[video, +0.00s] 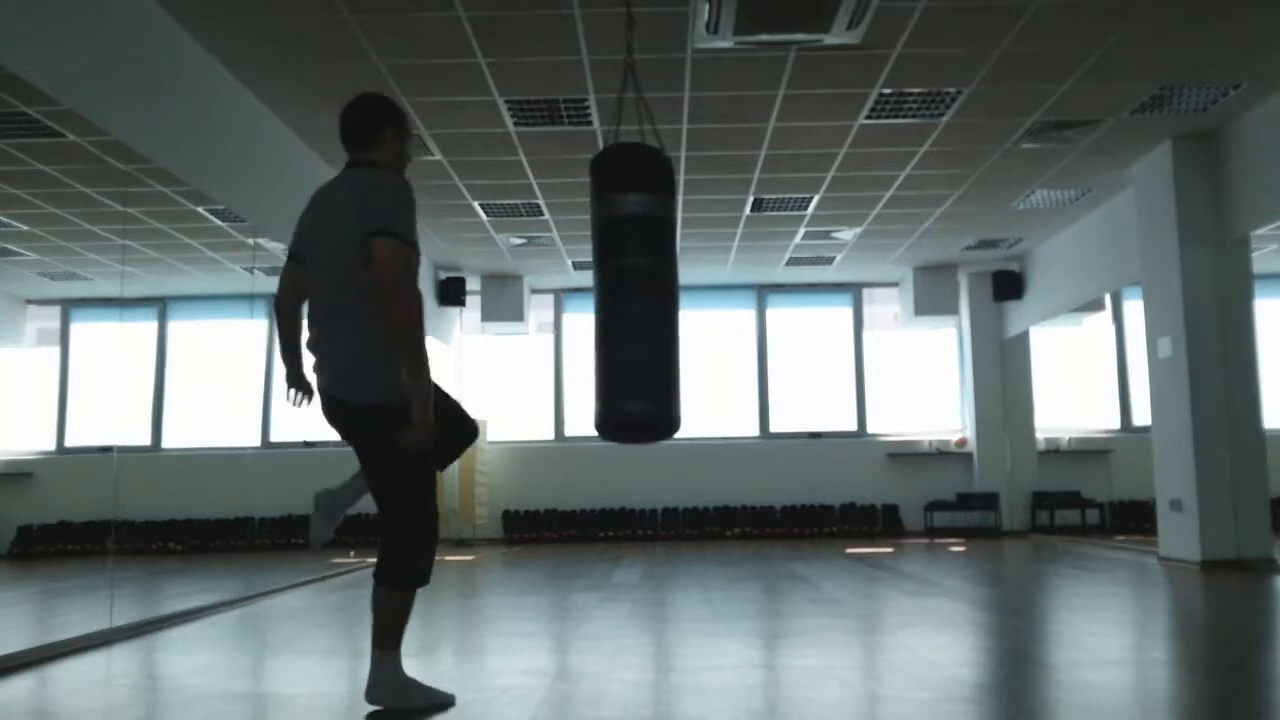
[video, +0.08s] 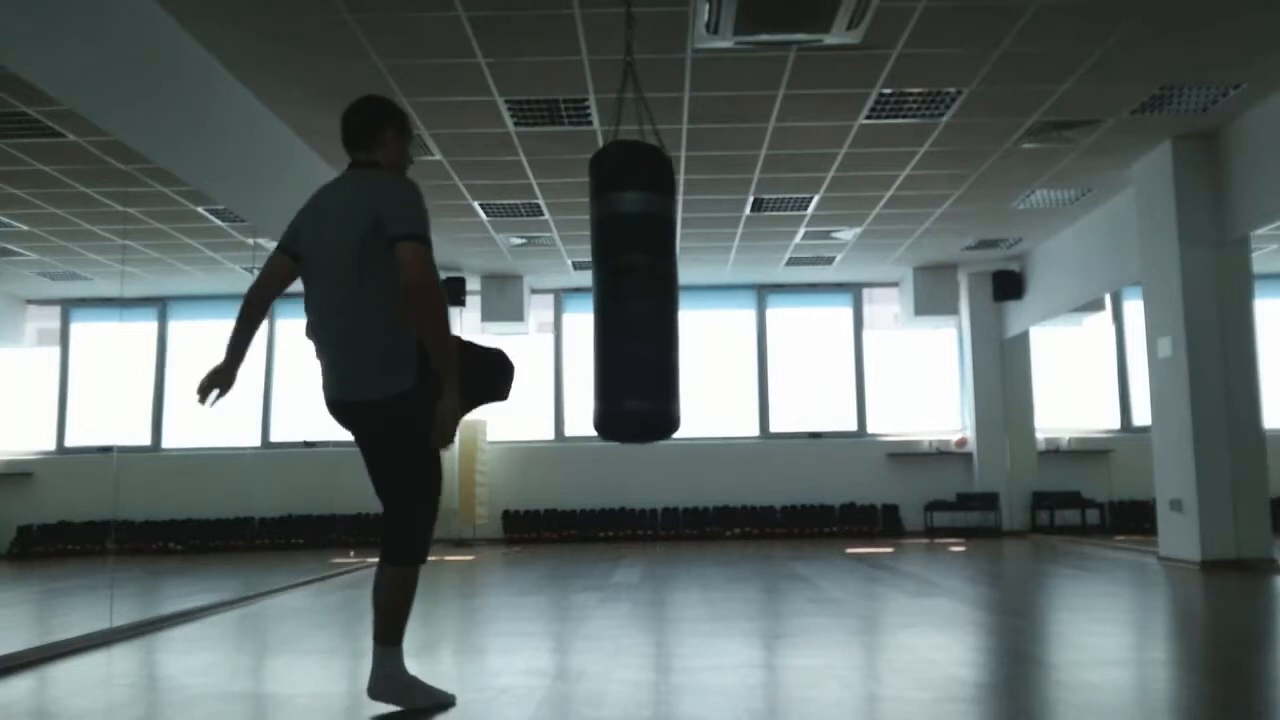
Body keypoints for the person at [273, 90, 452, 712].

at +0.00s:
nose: (407, 150)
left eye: (405, 139)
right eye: (404, 139)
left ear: (349, 142)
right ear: (389, 139)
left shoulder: (321, 202)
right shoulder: (390, 192)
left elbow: (288, 297)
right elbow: (395, 287)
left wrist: (293, 363)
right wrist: (420, 382)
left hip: (340, 389)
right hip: (384, 387)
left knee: (458, 429)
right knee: (410, 524)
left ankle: (340, 500)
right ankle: (386, 673)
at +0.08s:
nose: (409, 152)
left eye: (407, 141)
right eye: (404, 141)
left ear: (352, 145)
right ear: (385, 141)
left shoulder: (318, 206)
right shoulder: (397, 193)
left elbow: (265, 288)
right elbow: (420, 284)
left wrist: (231, 361)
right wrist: (448, 378)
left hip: (345, 389)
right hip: (396, 384)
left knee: (493, 368)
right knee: (410, 519)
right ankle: (388, 667)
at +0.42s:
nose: (432, 187)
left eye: (431, 176)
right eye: (425, 175)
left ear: (387, 178)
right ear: (402, 175)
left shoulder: (386, 235)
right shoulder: (382, 217)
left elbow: (435, 307)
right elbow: (349, 302)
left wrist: (443, 250)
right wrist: (404, 280)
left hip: (407, 396)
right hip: (435, 354)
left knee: (436, 527)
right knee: (553, 305)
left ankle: (430, 671)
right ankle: (683, 296)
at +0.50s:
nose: (434, 185)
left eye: (432, 176)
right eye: (427, 174)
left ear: (388, 176)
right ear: (403, 175)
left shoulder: (383, 236)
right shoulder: (383, 225)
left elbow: (402, 328)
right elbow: (362, 307)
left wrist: (445, 295)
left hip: (399, 397)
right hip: (434, 365)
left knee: (425, 535)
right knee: (562, 356)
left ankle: (430, 678)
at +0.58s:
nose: (410, 184)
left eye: (410, 176)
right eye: (405, 175)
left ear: (368, 174)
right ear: (380, 171)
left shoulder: (378, 222)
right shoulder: (358, 203)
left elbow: (425, 269)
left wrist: (428, 220)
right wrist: (258, 241)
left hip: (385, 385)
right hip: (417, 352)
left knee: (417, 516)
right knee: (528, 335)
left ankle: (412, 655)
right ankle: (633, 369)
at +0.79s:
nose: (375, 212)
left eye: (373, 202)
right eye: (369, 201)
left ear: (321, 201)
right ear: (339, 196)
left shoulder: (273, 256)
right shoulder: (360, 231)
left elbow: (199, 301)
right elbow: (372, 291)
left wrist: (189, 317)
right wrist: (406, 365)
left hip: (346, 403)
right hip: (399, 368)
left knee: (350, 538)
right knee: (523, 368)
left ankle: (324, 669)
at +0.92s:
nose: (479, 196)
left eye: (478, 185)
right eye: (473, 185)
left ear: (430, 186)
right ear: (447, 182)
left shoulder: (385, 236)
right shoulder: (456, 230)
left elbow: (319, 285)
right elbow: (492, 299)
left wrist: (258, 334)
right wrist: (466, 262)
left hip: (430, 391)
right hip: (461, 384)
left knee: (556, 326)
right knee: (475, 521)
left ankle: (629, 423)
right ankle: (451, 652)